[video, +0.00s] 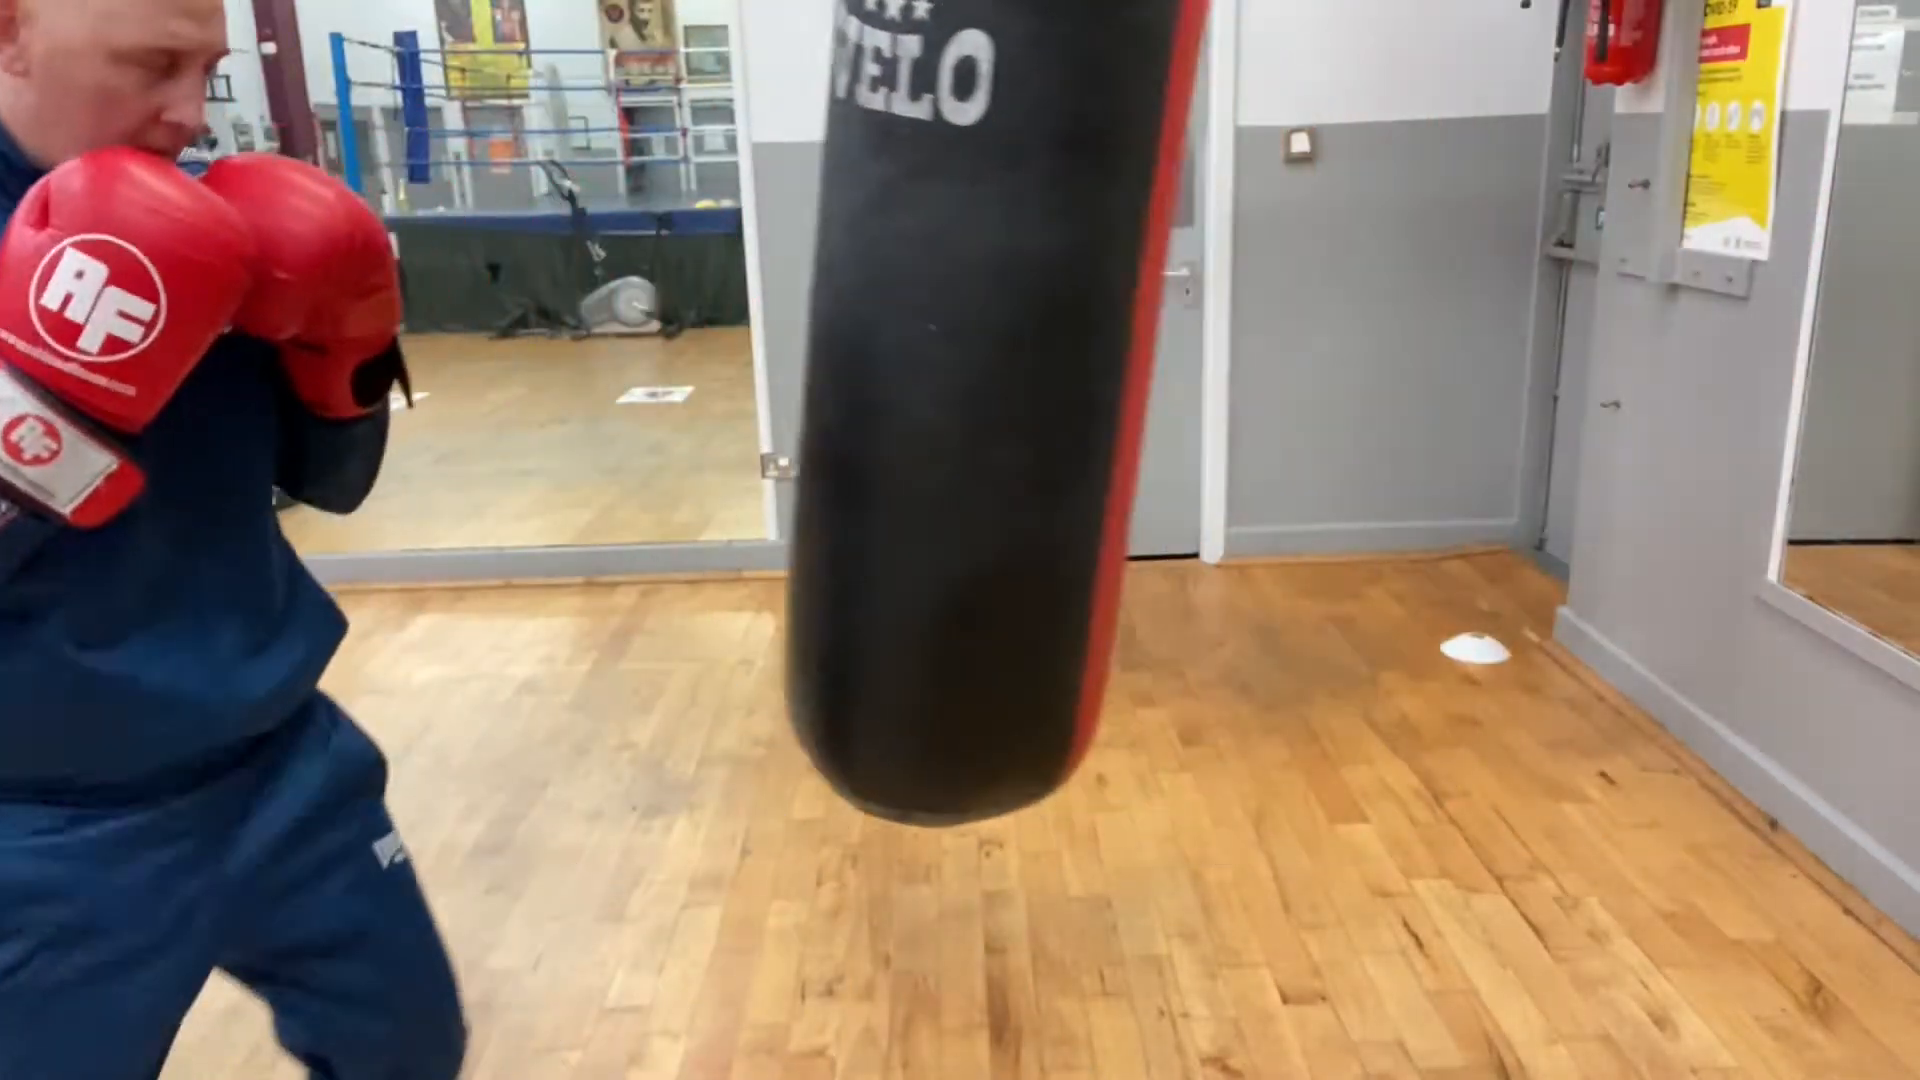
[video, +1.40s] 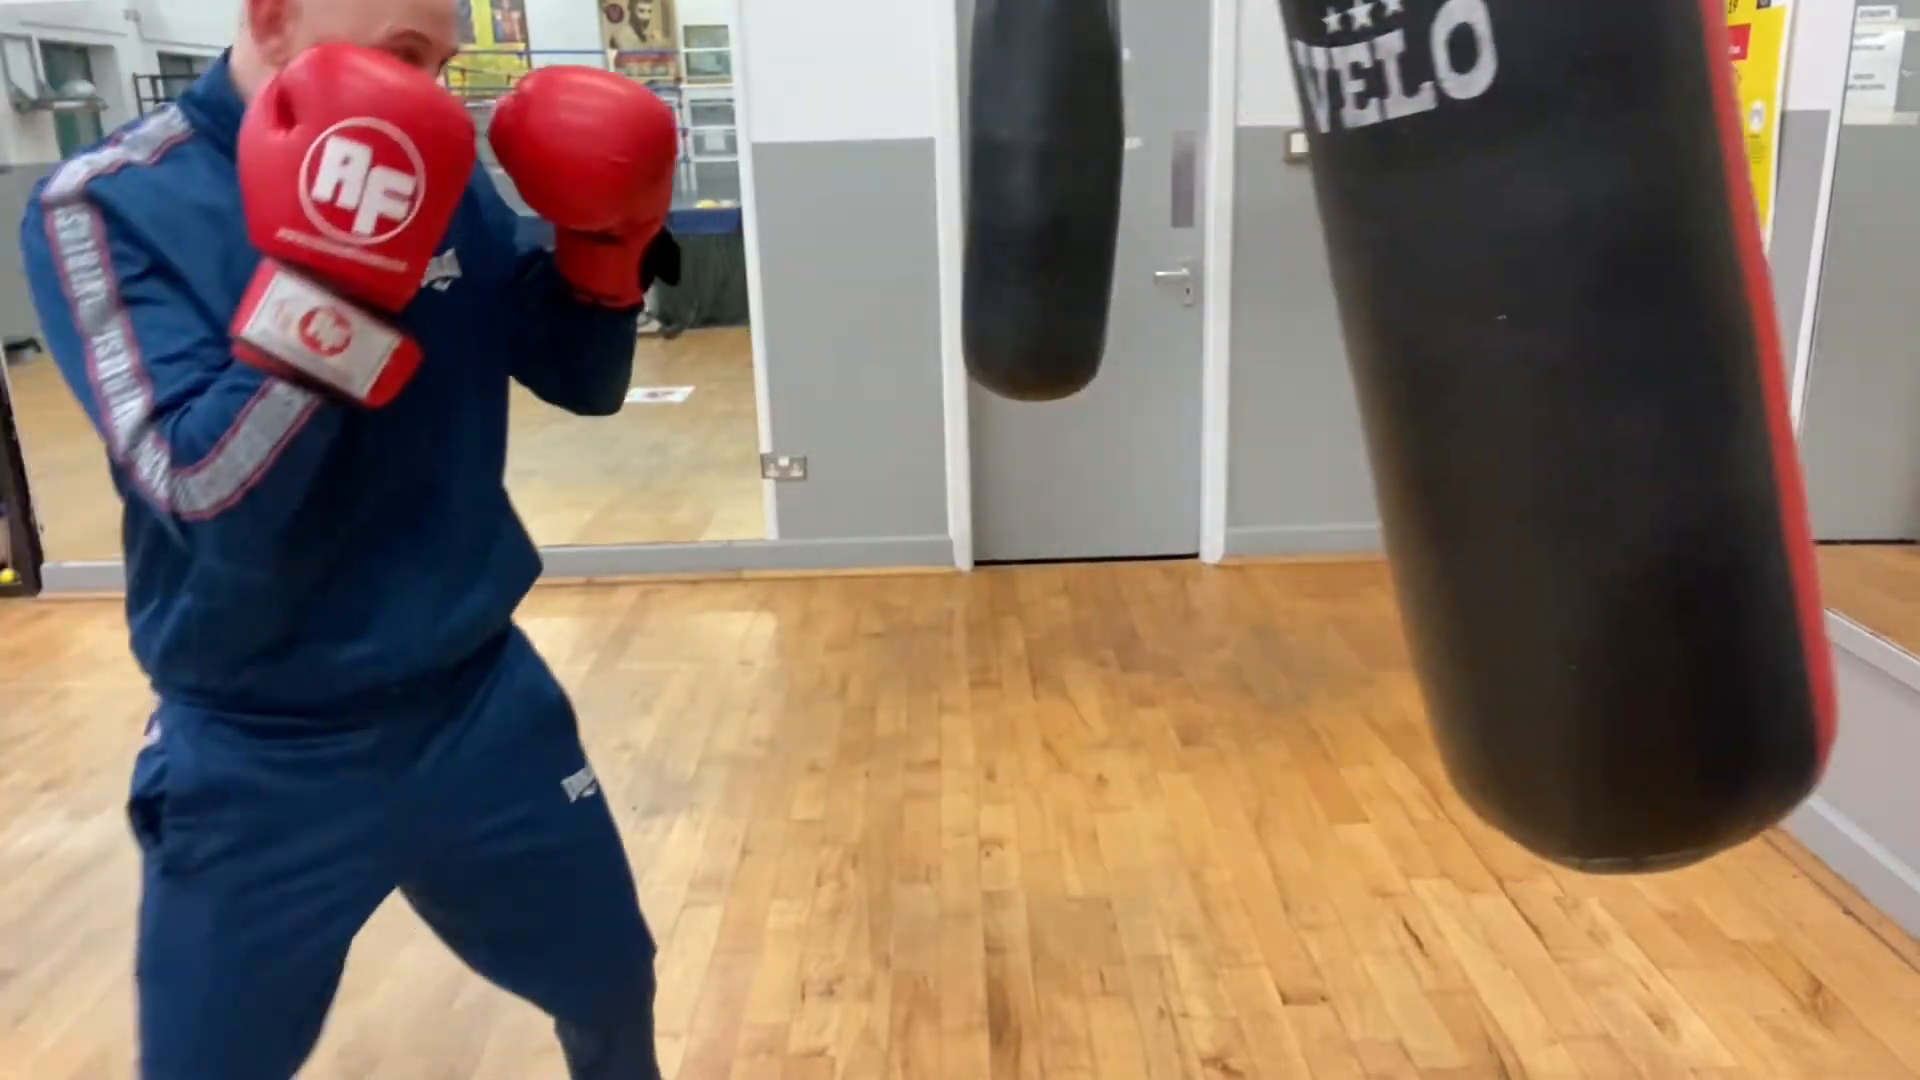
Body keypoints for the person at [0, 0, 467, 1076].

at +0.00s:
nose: (189, 113)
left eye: (206, 71)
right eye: (150, 65)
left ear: (223, 59)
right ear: (16, 38)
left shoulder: (201, 230)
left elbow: (327, 485)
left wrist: (340, 353)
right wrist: (46, 402)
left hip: (280, 775)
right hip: (55, 836)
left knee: (409, 1049)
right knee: (57, 1070)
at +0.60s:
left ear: (66, 52)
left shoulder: (128, 149)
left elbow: (283, 355)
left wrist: (279, 193)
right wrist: (13, 230)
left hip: (180, 665)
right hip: (14, 704)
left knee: (305, 989)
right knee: (0, 1009)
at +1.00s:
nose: (76, 35)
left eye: (83, 24)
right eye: (45, 26)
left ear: (104, 21)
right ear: (7, 20)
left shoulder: (143, 154)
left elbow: (317, 359)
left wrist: (321, 212)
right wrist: (13, 230)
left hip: (207, 697)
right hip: (27, 748)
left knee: (436, 963)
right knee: (13, 1052)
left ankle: (500, 1072)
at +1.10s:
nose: (149, 175)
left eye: (167, 136)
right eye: (115, 136)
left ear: (185, 126)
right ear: (13, 128)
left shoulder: (214, 238)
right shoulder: (18, 300)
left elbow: (308, 461)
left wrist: (360, 365)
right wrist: (33, 375)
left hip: (268, 752)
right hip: (43, 817)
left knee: (499, 975)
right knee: (29, 1066)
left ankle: (596, 1079)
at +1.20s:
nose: (244, 194)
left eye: (257, 157)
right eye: (210, 153)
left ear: (273, 134)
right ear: (74, 118)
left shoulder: (284, 258)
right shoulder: (6, 281)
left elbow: (382, 476)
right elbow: (16, 582)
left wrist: (428, 390)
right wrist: (87, 414)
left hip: (336, 767)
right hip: (84, 825)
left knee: (553, 1012)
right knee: (46, 1070)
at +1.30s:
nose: (362, 167)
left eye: (373, 128)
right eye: (328, 122)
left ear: (389, 117)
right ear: (197, 90)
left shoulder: (397, 234)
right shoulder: (45, 265)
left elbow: (542, 419)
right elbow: (100, 554)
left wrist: (557, 287)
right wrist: (249, 352)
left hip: (431, 754)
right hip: (196, 805)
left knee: (608, 997)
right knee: (109, 1071)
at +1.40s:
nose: (432, 97)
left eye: (445, 62)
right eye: (405, 56)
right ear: (270, 24)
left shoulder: (440, 178)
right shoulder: (100, 206)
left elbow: (584, 381)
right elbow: (200, 489)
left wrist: (604, 251)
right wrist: (325, 281)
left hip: (479, 716)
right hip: (255, 761)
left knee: (614, 987)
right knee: (202, 1070)